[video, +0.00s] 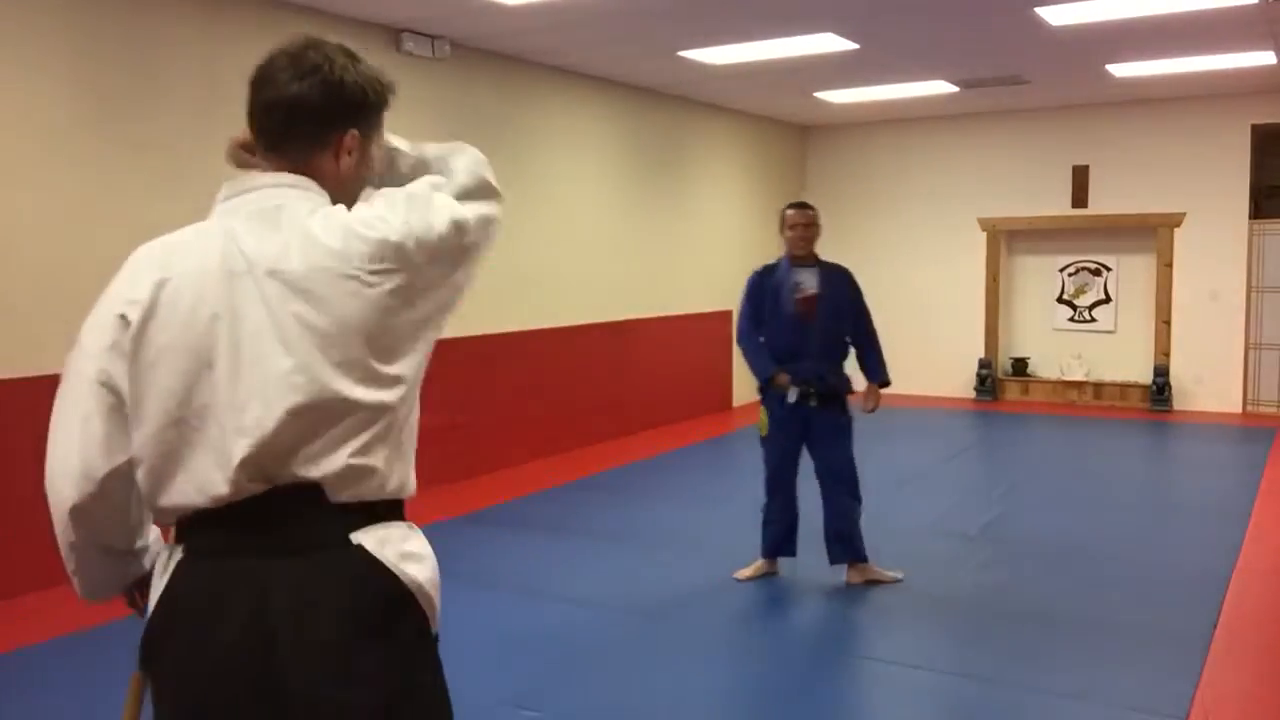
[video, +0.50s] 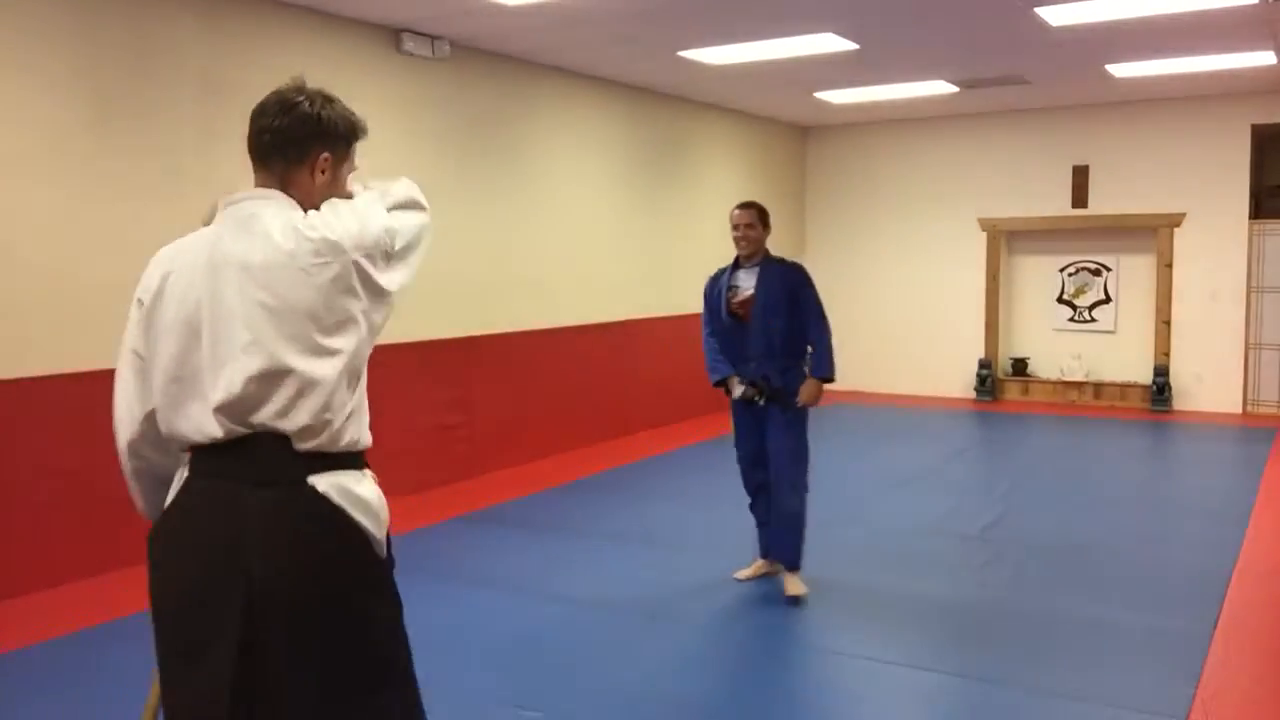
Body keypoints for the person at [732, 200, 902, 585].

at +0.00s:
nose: (801, 233)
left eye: (808, 226)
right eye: (794, 227)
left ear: (818, 231)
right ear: (782, 232)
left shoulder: (839, 278)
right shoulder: (763, 281)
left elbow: (863, 330)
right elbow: (747, 335)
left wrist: (875, 379)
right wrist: (773, 375)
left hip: (830, 396)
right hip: (782, 396)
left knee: (841, 481)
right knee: (778, 481)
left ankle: (856, 564)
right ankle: (769, 558)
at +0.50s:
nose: (742, 234)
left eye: (749, 227)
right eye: (736, 227)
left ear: (765, 231)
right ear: (730, 233)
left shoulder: (792, 275)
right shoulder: (717, 284)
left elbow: (818, 327)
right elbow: (711, 337)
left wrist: (817, 376)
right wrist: (728, 377)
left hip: (786, 391)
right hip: (744, 393)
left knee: (787, 476)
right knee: (754, 475)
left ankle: (790, 567)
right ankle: (770, 556)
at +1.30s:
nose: (733, 231)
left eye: (741, 225)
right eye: (728, 224)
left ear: (762, 229)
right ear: (724, 228)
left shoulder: (786, 279)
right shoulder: (714, 276)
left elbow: (804, 339)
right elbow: (691, 329)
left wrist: (792, 397)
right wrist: (673, 374)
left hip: (761, 404)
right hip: (716, 400)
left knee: (759, 495)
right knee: (700, 485)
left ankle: (759, 580)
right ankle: (721, 567)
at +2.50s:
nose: (690, 233)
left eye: (699, 225)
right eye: (686, 225)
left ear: (723, 231)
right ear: (682, 230)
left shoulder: (748, 286)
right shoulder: (678, 282)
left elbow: (766, 348)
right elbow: (657, 333)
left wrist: (733, 379)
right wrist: (637, 351)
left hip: (729, 416)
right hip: (681, 411)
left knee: (738, 509)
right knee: (663, 497)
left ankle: (748, 597)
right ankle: (671, 589)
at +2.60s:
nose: (698, 234)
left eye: (707, 226)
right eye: (694, 226)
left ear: (730, 232)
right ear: (691, 231)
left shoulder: (751, 284)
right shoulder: (682, 281)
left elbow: (757, 331)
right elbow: (646, 312)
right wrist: (630, 306)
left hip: (733, 407)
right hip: (687, 403)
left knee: (739, 505)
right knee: (664, 494)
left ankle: (747, 597)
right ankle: (674, 586)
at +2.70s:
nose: (699, 232)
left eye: (706, 225)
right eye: (697, 225)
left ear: (730, 230)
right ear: (696, 229)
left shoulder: (749, 277)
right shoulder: (682, 274)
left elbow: (755, 287)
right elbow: (630, 276)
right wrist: (615, 251)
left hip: (735, 403)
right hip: (688, 400)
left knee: (739, 502)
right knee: (670, 493)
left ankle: (747, 597)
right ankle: (679, 582)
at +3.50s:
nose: (683, 250)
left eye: (691, 243)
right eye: (679, 244)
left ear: (713, 247)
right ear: (676, 249)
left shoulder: (742, 294)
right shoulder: (666, 296)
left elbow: (757, 344)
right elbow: (627, 347)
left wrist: (727, 305)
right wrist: (641, 308)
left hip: (730, 413)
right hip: (681, 414)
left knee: (740, 491)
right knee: (654, 483)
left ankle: (757, 565)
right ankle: (658, 581)